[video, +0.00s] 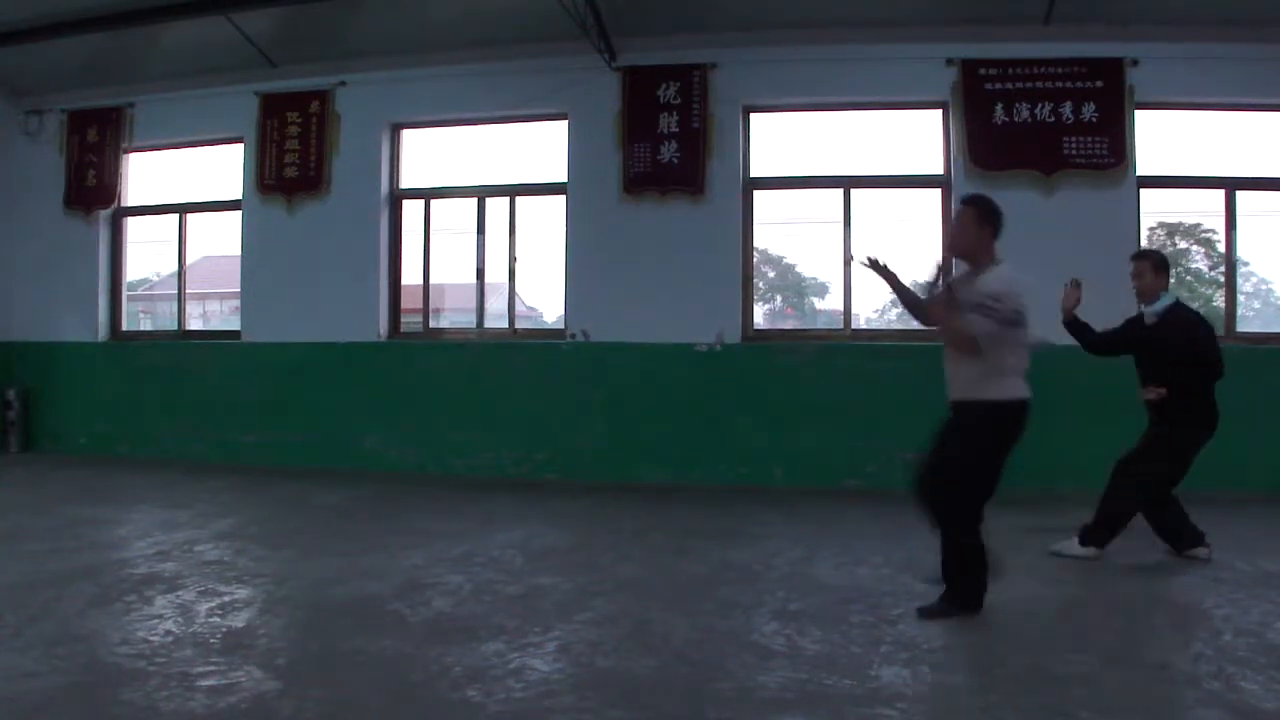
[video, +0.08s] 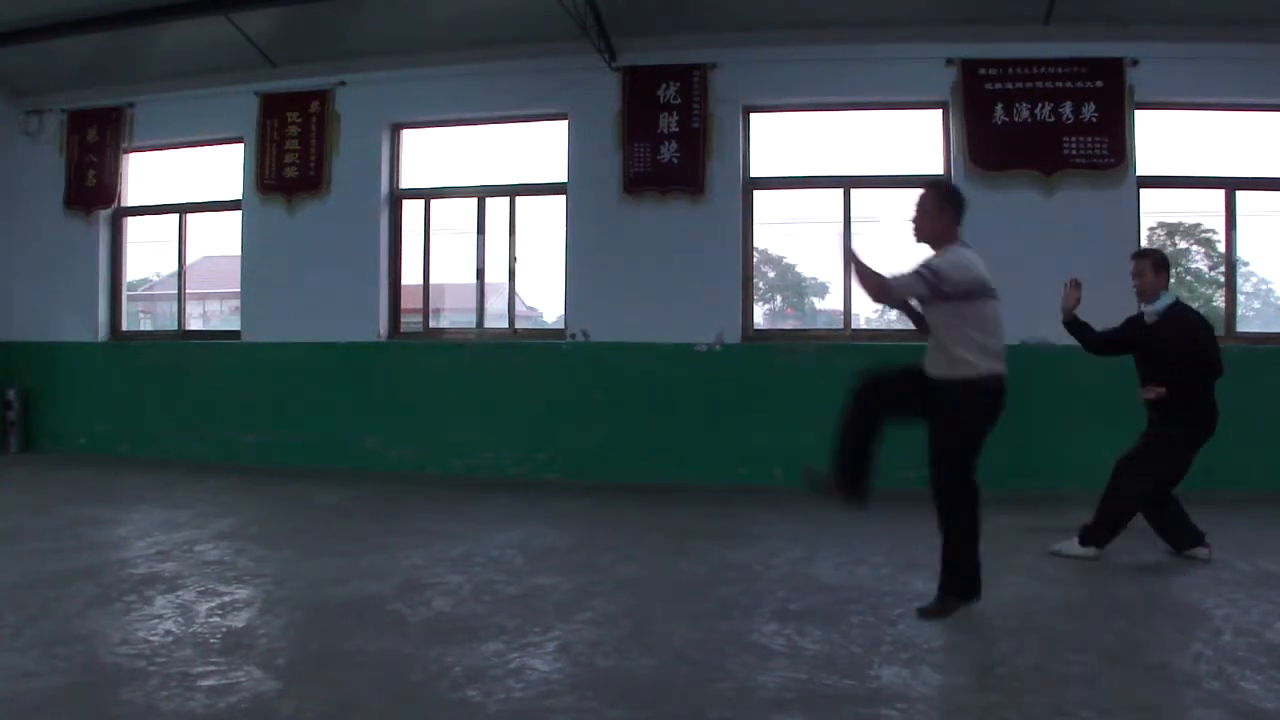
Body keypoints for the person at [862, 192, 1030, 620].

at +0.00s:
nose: (951, 231)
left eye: (960, 224)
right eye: (954, 223)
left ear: (984, 233)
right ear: (973, 233)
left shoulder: (1001, 285)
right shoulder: (962, 283)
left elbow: (970, 342)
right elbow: (929, 317)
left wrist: (943, 305)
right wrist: (894, 283)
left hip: (999, 408)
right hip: (969, 406)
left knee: (958, 494)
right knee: (933, 485)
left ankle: (965, 595)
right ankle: (971, 565)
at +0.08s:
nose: (915, 217)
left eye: (923, 210)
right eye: (917, 209)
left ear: (945, 217)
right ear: (946, 218)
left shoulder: (952, 264)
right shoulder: (959, 263)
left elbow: (885, 292)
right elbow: (953, 332)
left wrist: (852, 258)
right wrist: (914, 316)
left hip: (968, 388)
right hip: (945, 381)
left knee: (952, 483)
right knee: (871, 392)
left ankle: (960, 587)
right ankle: (851, 482)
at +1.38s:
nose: (694, 268)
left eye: (698, 257)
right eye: (693, 258)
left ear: (723, 254)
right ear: (728, 256)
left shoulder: (737, 303)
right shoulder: (754, 298)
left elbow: (661, 324)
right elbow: (727, 361)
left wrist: (617, 277)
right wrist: (686, 340)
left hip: (772, 437)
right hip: (748, 436)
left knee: (754, 533)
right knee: (698, 522)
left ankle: (811, 605)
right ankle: (653, 602)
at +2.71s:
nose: (684, 264)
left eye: (689, 253)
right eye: (683, 254)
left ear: (719, 252)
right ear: (719, 254)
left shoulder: (732, 302)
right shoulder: (747, 298)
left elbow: (649, 326)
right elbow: (750, 366)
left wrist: (606, 280)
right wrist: (693, 380)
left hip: (769, 440)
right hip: (736, 439)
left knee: (754, 534)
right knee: (686, 510)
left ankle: (812, 604)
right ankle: (655, 599)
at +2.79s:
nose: (667, 263)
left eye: (673, 252)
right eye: (667, 253)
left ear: (702, 254)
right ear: (703, 256)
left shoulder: (715, 305)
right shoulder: (732, 300)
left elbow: (631, 328)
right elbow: (740, 366)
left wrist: (587, 282)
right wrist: (694, 396)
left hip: (751, 442)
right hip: (720, 440)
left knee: (747, 542)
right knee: (668, 513)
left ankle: (811, 602)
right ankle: (625, 594)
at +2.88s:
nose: (651, 264)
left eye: (657, 253)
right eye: (651, 254)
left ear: (686, 254)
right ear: (689, 256)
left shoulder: (695, 308)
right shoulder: (722, 304)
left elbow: (612, 329)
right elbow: (733, 369)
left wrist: (568, 283)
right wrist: (689, 401)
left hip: (732, 445)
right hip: (708, 442)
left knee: (741, 541)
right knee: (650, 517)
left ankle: (809, 601)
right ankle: (593, 594)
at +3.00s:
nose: (604, 257)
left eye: (611, 248)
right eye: (606, 248)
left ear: (639, 252)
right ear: (641, 254)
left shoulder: (629, 304)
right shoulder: (675, 303)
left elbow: (559, 322)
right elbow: (715, 353)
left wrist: (512, 291)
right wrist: (675, 381)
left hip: (656, 440)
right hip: (688, 433)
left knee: (593, 515)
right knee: (723, 523)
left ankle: (563, 605)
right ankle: (803, 593)